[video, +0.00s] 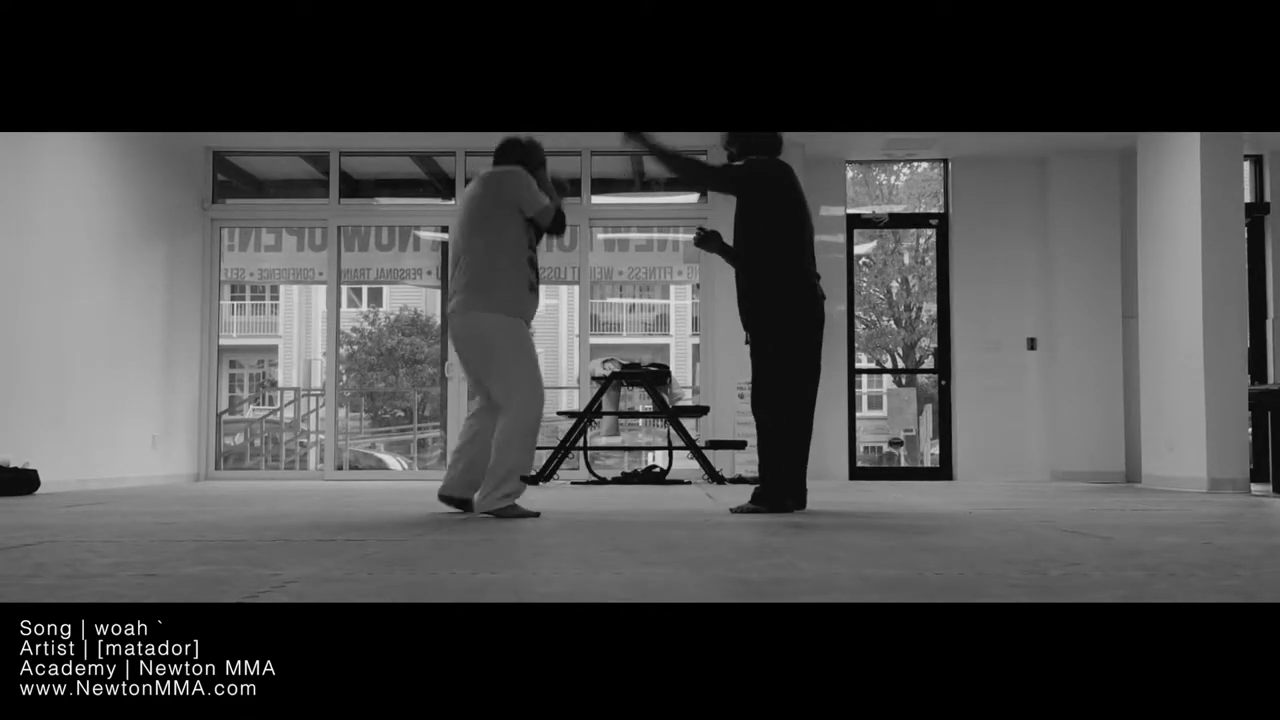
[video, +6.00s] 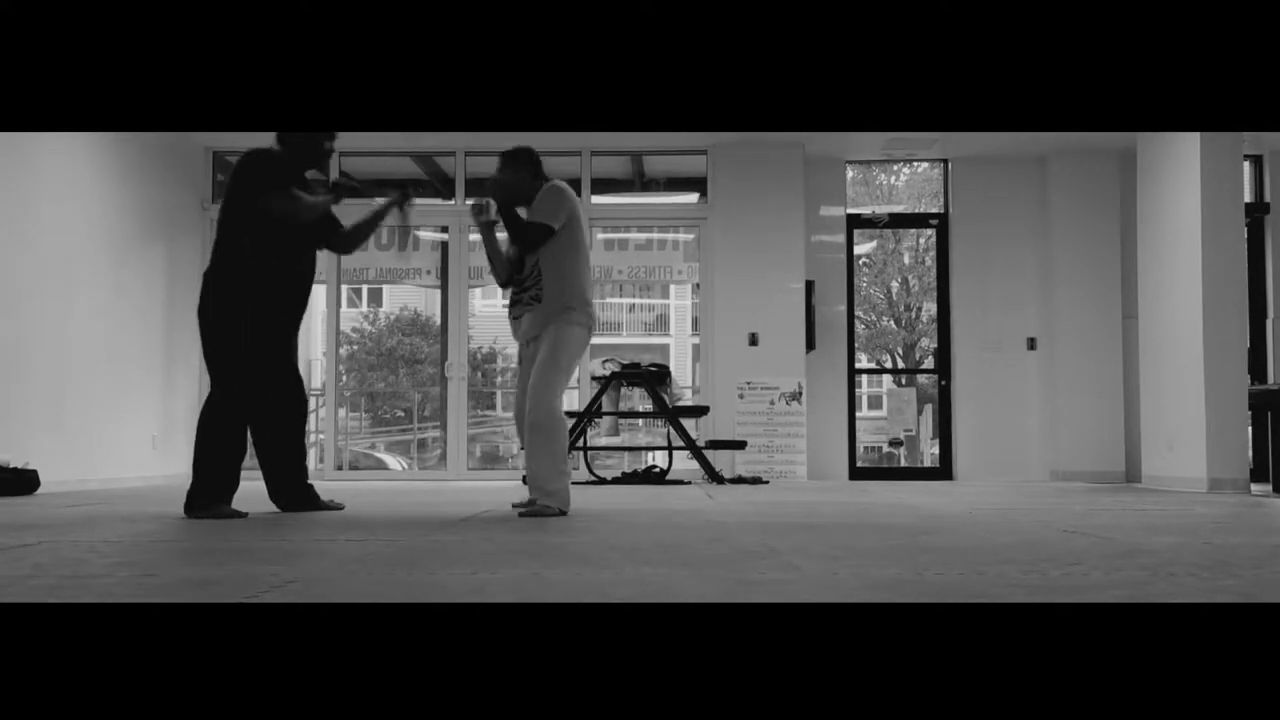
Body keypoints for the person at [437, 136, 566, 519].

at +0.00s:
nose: (543, 180)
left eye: (542, 173)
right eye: (541, 173)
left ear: (502, 161)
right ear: (529, 167)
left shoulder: (477, 189)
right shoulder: (513, 179)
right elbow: (556, 223)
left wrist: (543, 209)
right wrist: (549, 191)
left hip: (466, 314)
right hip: (494, 313)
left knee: (489, 400)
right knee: (525, 399)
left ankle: (458, 486)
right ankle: (498, 498)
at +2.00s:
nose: (520, 187)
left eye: (521, 181)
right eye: (518, 181)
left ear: (484, 178)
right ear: (503, 177)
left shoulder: (454, 211)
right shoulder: (508, 200)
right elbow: (527, 251)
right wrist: (553, 245)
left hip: (454, 321)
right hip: (490, 317)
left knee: (480, 409)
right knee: (523, 397)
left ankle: (465, 494)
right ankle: (520, 479)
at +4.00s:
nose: (503, 223)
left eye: (509, 215)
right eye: (498, 217)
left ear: (524, 215)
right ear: (492, 220)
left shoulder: (544, 239)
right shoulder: (493, 250)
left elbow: (564, 276)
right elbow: (478, 294)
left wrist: (530, 249)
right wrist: (491, 265)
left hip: (560, 347)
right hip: (517, 353)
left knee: (579, 415)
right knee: (488, 414)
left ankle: (616, 489)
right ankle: (490, 492)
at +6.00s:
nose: (497, 185)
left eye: (502, 177)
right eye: (498, 178)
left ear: (523, 174)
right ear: (522, 176)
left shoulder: (557, 193)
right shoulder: (528, 216)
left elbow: (528, 241)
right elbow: (504, 276)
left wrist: (503, 204)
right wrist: (487, 230)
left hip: (565, 320)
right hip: (534, 327)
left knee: (542, 402)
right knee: (525, 409)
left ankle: (553, 498)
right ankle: (543, 493)